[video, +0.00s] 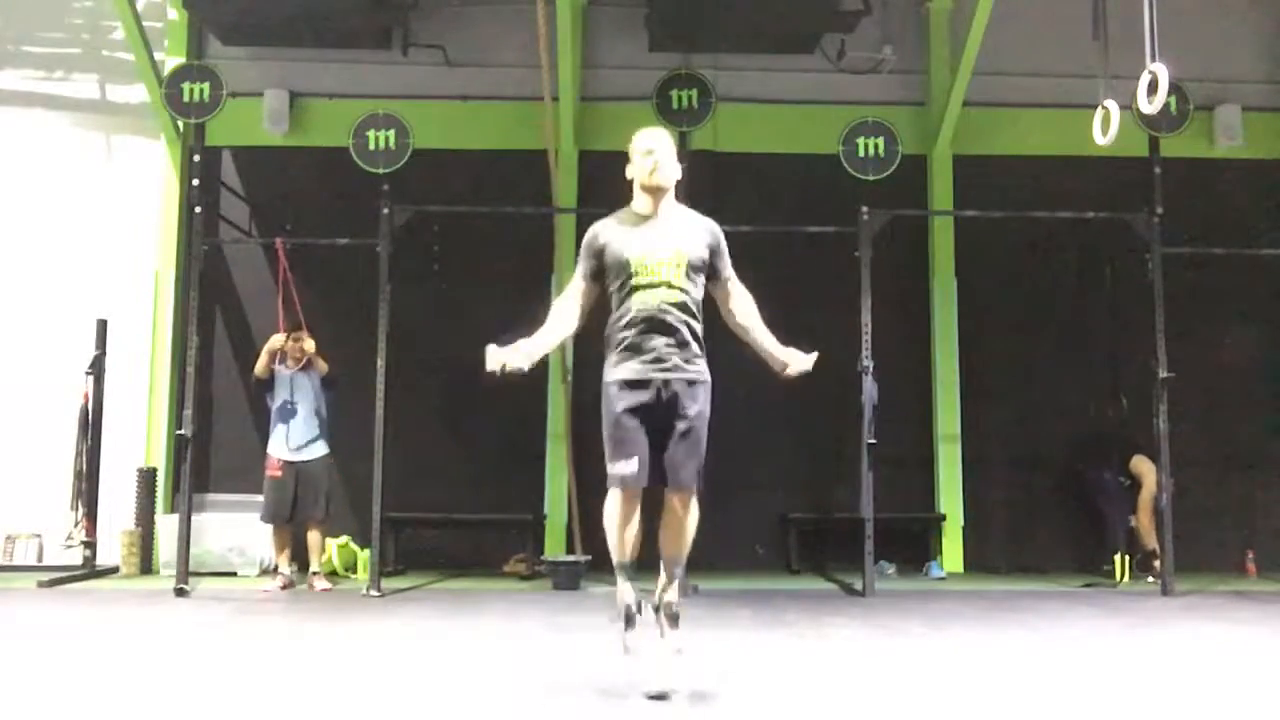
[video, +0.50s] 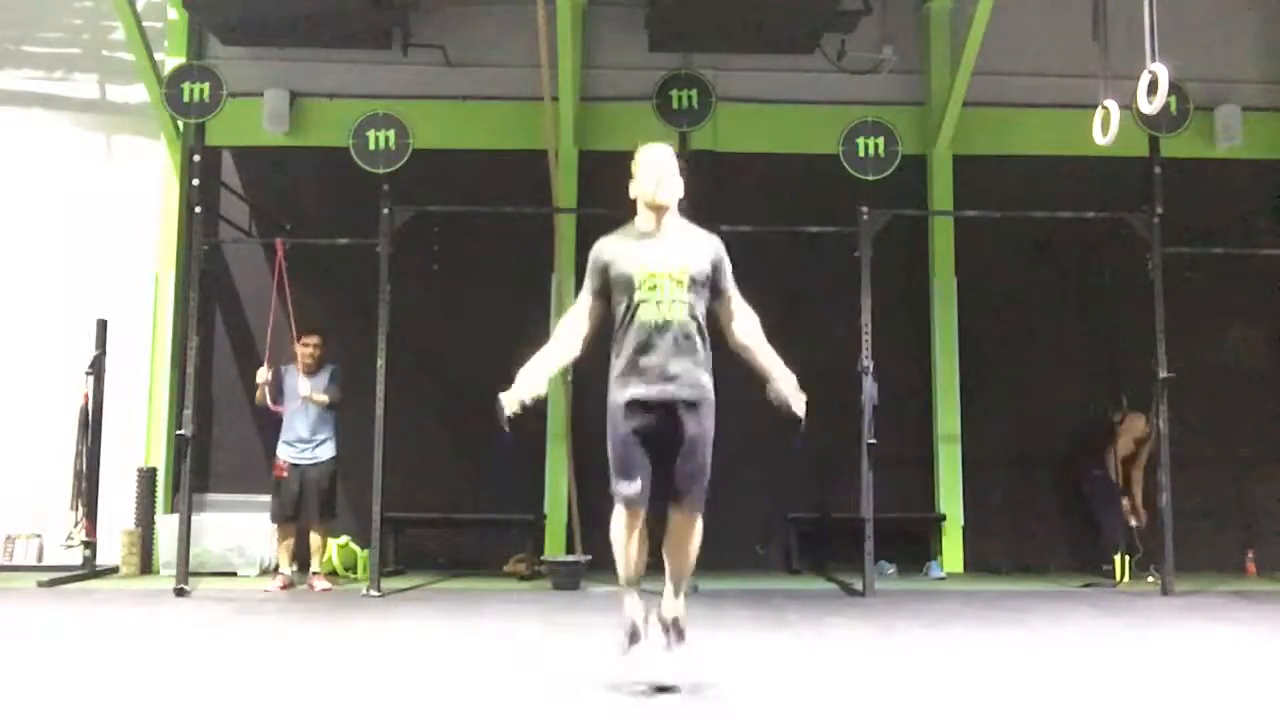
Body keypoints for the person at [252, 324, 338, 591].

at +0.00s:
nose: (299, 351)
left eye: (303, 346)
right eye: (295, 345)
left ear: (308, 349)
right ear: (285, 346)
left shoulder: (316, 372)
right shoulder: (273, 373)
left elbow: (329, 375)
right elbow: (259, 373)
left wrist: (314, 356)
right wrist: (269, 349)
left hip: (314, 452)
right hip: (280, 452)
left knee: (315, 516)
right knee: (279, 517)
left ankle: (315, 572)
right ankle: (283, 572)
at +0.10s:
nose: (302, 347)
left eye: (306, 342)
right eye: (297, 342)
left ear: (312, 347)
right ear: (287, 346)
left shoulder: (319, 373)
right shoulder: (275, 372)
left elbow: (329, 377)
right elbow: (260, 374)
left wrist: (313, 357)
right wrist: (269, 349)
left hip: (314, 452)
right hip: (282, 452)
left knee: (315, 516)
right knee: (280, 517)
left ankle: (316, 572)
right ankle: (284, 572)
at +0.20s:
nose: (304, 349)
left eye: (308, 344)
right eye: (300, 343)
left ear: (315, 348)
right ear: (290, 346)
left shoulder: (321, 374)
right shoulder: (279, 372)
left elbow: (331, 382)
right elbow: (261, 377)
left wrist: (312, 362)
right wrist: (269, 354)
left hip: (315, 453)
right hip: (282, 453)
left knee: (316, 517)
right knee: (280, 517)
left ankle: (316, 572)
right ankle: (284, 572)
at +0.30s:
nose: (307, 348)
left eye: (311, 343)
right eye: (303, 342)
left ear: (318, 346)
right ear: (295, 345)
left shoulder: (325, 372)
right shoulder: (283, 372)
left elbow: (332, 387)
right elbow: (261, 384)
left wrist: (310, 371)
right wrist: (269, 360)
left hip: (316, 453)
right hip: (284, 453)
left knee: (316, 517)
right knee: (281, 517)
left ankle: (316, 572)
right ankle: (284, 572)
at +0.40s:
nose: (309, 349)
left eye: (314, 344)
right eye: (304, 344)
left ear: (320, 348)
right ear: (295, 346)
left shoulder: (327, 371)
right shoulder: (283, 372)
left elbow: (332, 393)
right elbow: (261, 392)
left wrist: (311, 383)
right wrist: (266, 371)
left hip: (317, 452)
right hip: (286, 451)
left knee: (317, 515)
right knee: (282, 516)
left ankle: (315, 572)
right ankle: (284, 572)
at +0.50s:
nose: (310, 351)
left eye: (315, 347)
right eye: (305, 345)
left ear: (322, 351)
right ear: (296, 348)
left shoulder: (330, 373)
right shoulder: (284, 373)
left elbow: (333, 398)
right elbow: (263, 403)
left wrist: (311, 396)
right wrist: (263, 385)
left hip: (320, 453)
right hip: (288, 452)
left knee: (318, 517)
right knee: (285, 516)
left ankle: (316, 572)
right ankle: (284, 572)